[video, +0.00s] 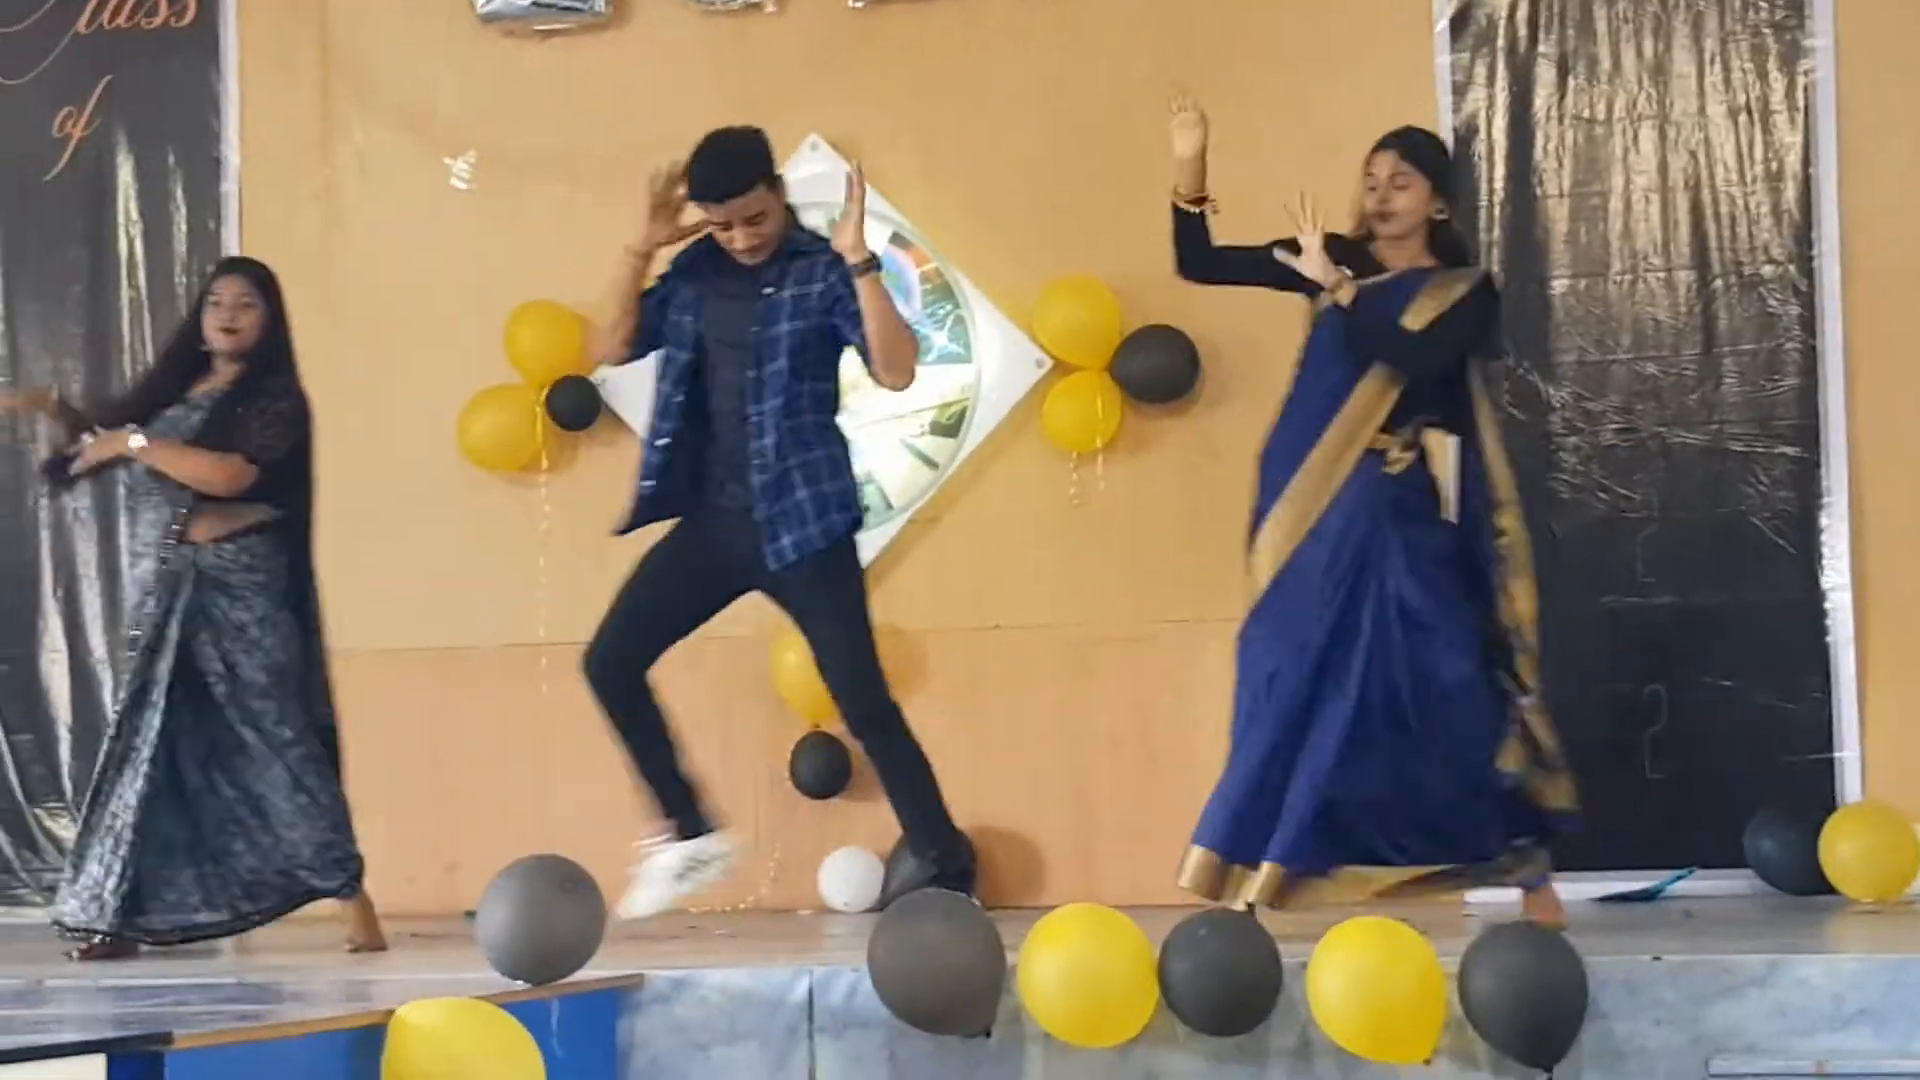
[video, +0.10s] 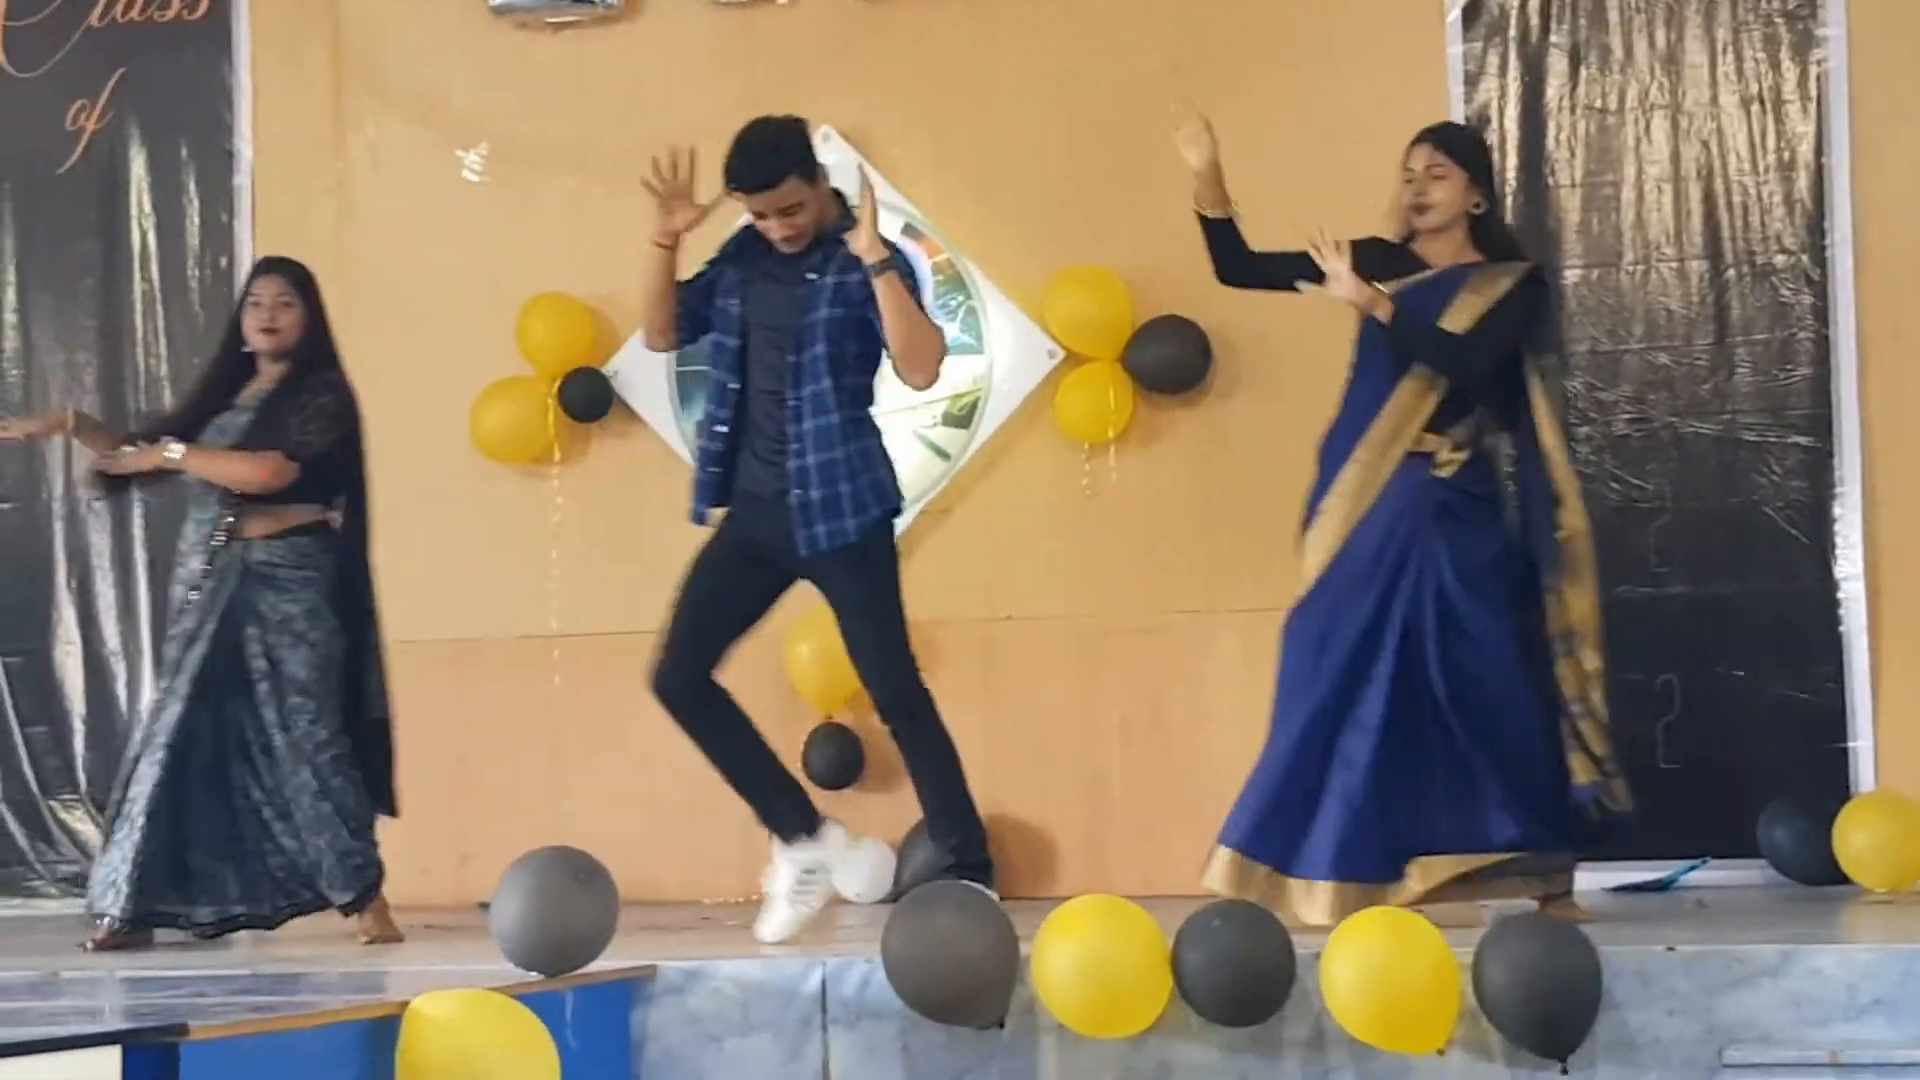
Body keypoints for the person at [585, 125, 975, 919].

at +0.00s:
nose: (741, 237)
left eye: (756, 218)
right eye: (724, 224)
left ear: (781, 196)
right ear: (703, 215)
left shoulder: (826, 270)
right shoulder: (693, 275)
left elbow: (897, 368)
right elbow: (616, 349)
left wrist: (860, 261)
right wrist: (642, 251)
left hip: (804, 527)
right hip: (714, 527)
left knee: (864, 706)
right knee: (611, 663)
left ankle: (948, 871)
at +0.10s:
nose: (776, 228)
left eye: (790, 210)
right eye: (760, 215)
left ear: (825, 187)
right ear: (742, 204)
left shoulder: (872, 261)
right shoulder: (745, 256)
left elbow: (922, 368)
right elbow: (664, 333)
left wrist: (877, 264)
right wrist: (668, 241)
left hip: (844, 518)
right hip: (757, 520)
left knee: (897, 694)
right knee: (677, 678)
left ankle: (968, 879)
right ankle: (808, 843)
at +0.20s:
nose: (811, 222)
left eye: (825, 204)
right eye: (795, 208)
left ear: (858, 182)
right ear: (779, 199)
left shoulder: (907, 252)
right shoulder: (777, 255)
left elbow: (956, 353)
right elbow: (691, 314)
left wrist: (912, 242)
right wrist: (714, 227)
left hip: (884, 510)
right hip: (798, 515)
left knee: (926, 687)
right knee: (730, 678)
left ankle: (995, 875)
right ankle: (852, 843)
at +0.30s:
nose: (845, 196)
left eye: (856, 178)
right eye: (827, 184)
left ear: (887, 157)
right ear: (810, 174)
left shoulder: (943, 218)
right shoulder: (804, 218)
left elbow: (999, 317)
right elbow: (707, 277)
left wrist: (929, 214)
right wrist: (726, 210)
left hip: (914, 483)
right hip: (821, 478)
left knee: (945, 668)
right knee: (731, 636)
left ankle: (1014, 857)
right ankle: (835, 806)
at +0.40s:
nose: (888, 169)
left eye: (902, 151)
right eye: (870, 155)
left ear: (922, 129)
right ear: (842, 142)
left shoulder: (961, 187)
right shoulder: (813, 180)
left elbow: (1007, 306)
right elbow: (739, 270)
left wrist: (928, 263)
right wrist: (755, 244)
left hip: (930, 459)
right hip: (837, 458)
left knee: (958, 650)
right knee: (765, 634)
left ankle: (1004, 846)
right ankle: (820, 829)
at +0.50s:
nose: (928, 166)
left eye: (936, 146)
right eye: (908, 152)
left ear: (944, 138)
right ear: (865, 149)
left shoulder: (972, 226)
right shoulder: (807, 221)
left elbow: (989, 361)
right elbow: (767, 342)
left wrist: (921, 352)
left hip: (930, 471)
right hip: (833, 472)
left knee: (959, 657)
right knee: (787, 660)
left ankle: (1010, 854)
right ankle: (830, 849)